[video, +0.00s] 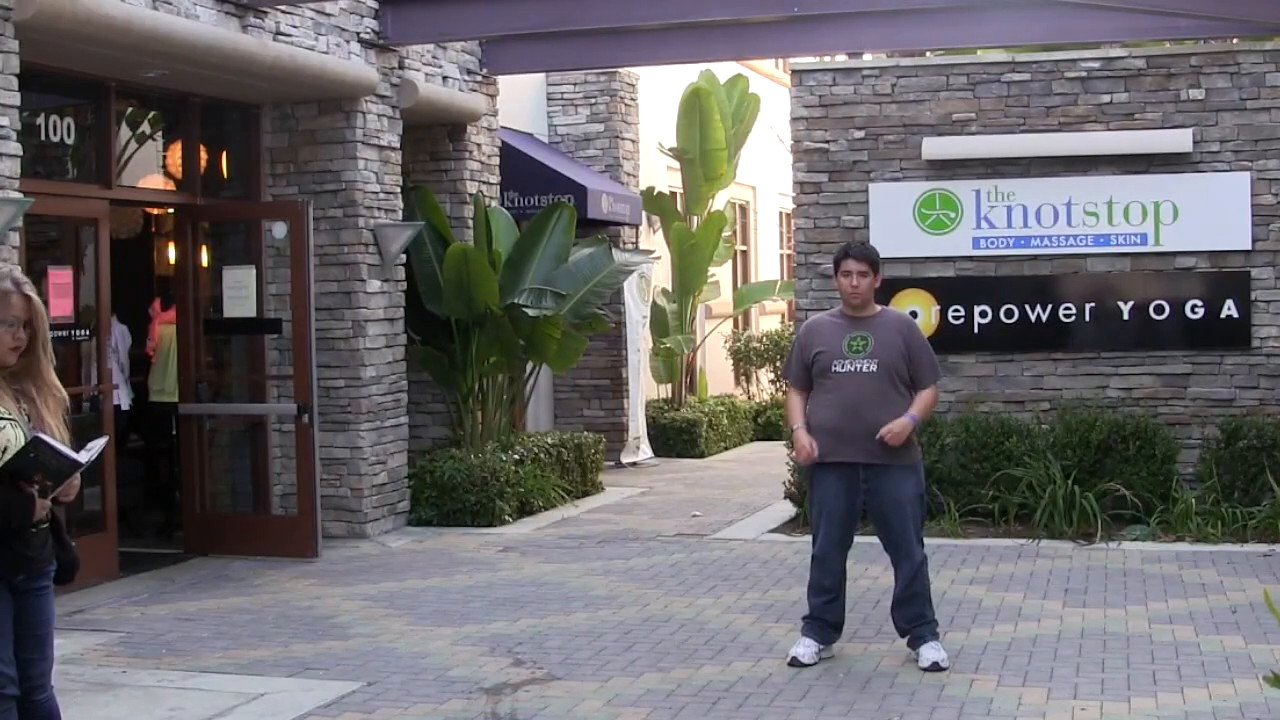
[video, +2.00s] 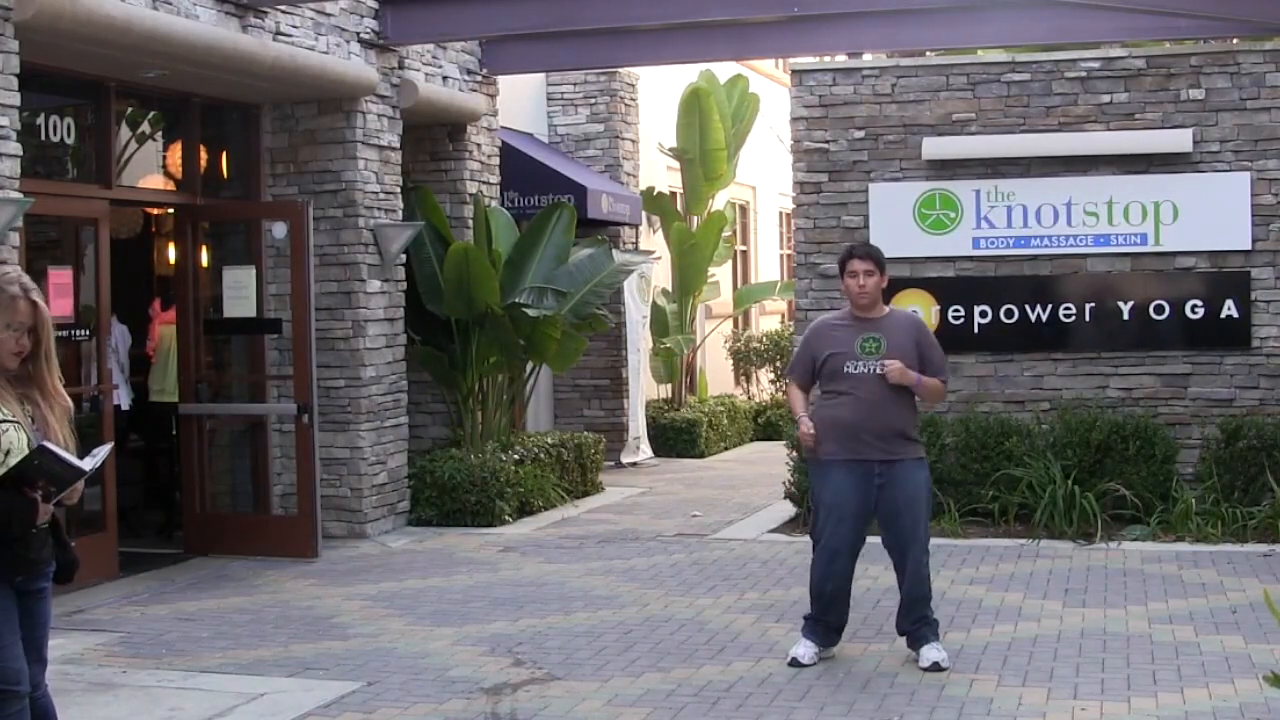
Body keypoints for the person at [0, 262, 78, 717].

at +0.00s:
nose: (17, 335)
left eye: (24, 325)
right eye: (7, 324)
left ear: (34, 329)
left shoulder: (43, 393)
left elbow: (61, 471)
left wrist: (67, 488)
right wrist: (29, 505)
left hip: (36, 561)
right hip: (2, 561)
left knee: (37, 689)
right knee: (6, 690)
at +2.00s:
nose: (22, 341)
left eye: (29, 330)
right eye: (12, 329)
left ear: (38, 333)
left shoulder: (47, 396)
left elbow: (67, 479)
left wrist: (66, 490)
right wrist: (23, 508)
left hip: (37, 556)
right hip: (2, 557)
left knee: (35, 682)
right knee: (14, 686)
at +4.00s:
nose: (10, 337)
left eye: (18, 326)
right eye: (2, 325)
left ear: (30, 331)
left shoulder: (42, 393)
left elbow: (64, 472)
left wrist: (71, 483)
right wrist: (15, 503)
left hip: (35, 565)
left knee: (46, 699)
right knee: (16, 699)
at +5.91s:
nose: (12, 337)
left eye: (21, 326)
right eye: (4, 324)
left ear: (32, 330)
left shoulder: (43, 394)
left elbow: (62, 471)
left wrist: (69, 486)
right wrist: (27, 502)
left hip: (36, 562)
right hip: (3, 562)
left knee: (36, 691)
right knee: (12, 692)